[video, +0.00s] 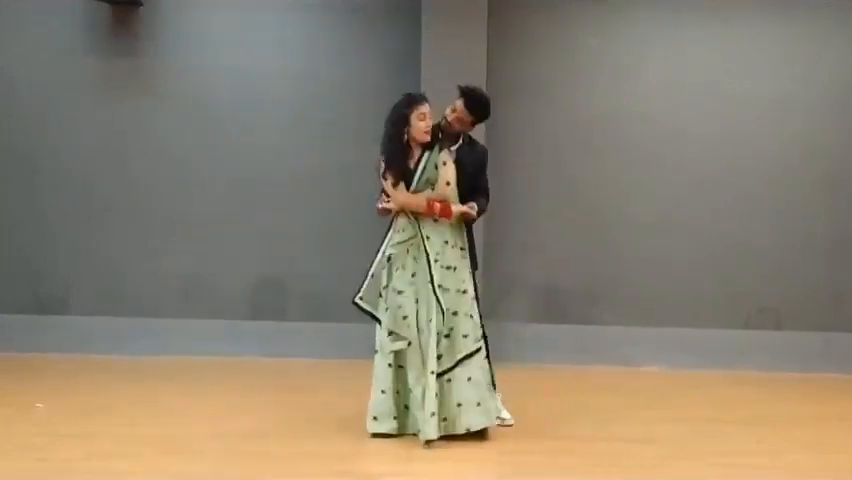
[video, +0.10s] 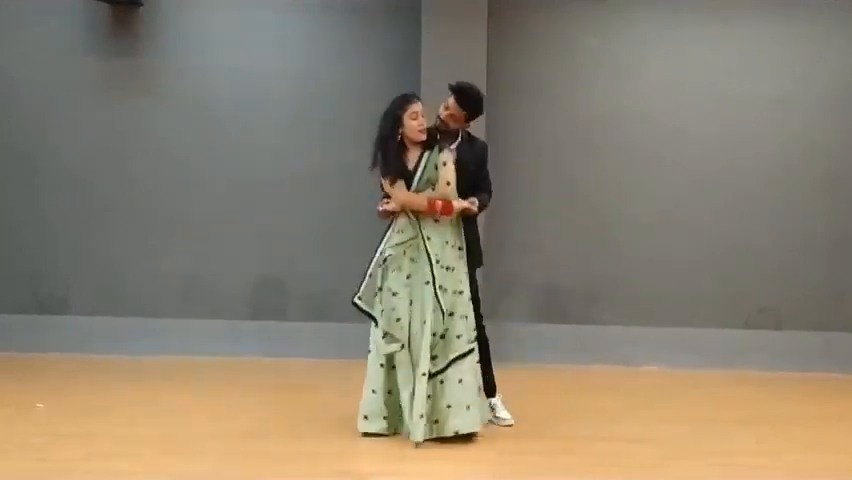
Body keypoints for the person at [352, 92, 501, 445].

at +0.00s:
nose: (429, 124)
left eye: (430, 117)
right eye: (421, 118)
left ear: (433, 123)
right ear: (403, 126)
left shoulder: (442, 159)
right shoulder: (391, 164)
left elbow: (449, 199)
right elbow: (398, 203)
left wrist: (405, 198)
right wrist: (439, 206)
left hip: (442, 257)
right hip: (406, 257)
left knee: (447, 332)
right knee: (407, 333)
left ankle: (450, 414)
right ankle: (411, 414)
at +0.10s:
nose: (422, 122)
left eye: (424, 116)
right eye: (414, 117)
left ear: (428, 123)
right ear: (397, 126)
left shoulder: (442, 157)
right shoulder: (389, 161)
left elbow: (449, 201)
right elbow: (400, 199)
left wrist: (407, 202)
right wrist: (450, 204)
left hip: (442, 256)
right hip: (405, 256)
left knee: (445, 333)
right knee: (403, 333)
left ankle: (446, 415)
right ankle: (405, 414)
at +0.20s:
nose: (423, 124)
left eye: (425, 118)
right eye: (415, 119)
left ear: (430, 123)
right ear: (400, 128)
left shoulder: (445, 157)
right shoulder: (394, 164)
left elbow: (448, 203)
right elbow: (411, 198)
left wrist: (409, 203)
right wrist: (454, 200)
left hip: (444, 258)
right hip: (407, 260)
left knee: (445, 334)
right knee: (408, 336)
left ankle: (444, 415)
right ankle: (409, 416)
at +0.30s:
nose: (427, 127)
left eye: (428, 120)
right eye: (419, 122)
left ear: (433, 125)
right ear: (403, 130)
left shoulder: (447, 159)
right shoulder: (397, 166)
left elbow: (456, 203)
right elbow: (427, 192)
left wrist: (416, 207)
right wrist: (456, 188)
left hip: (444, 260)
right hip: (407, 261)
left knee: (441, 336)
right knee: (404, 337)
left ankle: (438, 417)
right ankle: (404, 417)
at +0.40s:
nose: (432, 126)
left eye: (432, 120)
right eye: (423, 123)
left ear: (436, 124)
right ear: (408, 131)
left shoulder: (451, 160)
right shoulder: (404, 160)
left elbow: (466, 209)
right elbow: (431, 189)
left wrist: (429, 216)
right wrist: (471, 190)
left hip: (448, 262)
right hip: (413, 262)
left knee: (446, 337)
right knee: (408, 336)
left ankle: (441, 416)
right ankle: (406, 416)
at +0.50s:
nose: (430, 127)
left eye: (431, 120)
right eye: (421, 125)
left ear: (440, 122)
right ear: (412, 135)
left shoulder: (459, 166)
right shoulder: (410, 157)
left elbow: (474, 214)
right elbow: (407, 181)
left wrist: (439, 223)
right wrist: (451, 189)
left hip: (452, 266)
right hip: (415, 262)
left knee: (446, 340)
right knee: (406, 336)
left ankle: (441, 417)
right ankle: (403, 415)